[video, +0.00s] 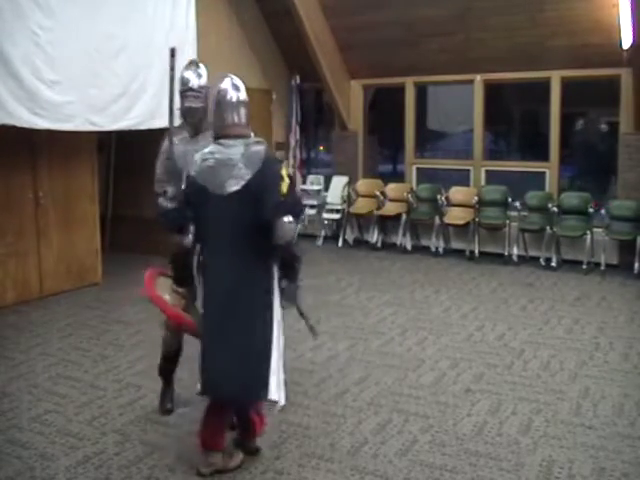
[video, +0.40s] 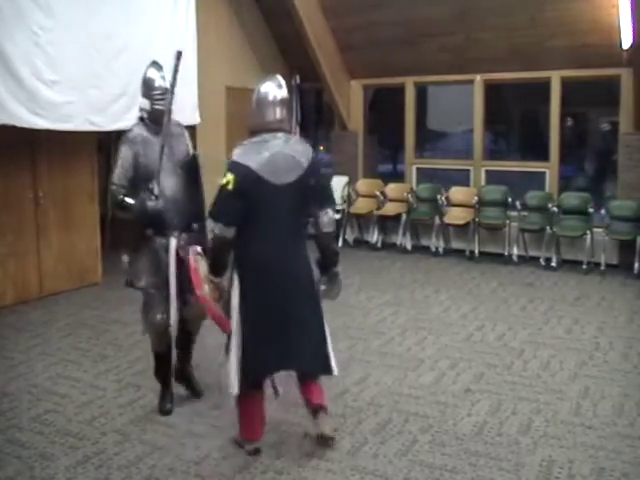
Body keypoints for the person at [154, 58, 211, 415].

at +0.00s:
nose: (192, 102)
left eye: (198, 95)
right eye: (187, 95)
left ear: (210, 100)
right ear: (179, 99)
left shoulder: (221, 142)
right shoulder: (171, 143)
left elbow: (233, 183)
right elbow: (164, 188)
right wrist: (176, 212)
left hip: (219, 231)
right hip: (184, 232)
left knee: (216, 307)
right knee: (179, 305)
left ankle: (216, 377)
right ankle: (167, 383)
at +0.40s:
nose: (160, 102)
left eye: (164, 95)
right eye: (154, 96)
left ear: (170, 98)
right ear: (144, 99)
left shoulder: (181, 135)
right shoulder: (134, 140)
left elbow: (195, 185)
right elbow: (116, 193)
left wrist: (199, 227)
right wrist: (144, 210)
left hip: (186, 237)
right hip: (151, 240)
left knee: (194, 308)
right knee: (157, 317)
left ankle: (184, 367)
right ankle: (165, 386)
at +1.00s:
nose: (188, 111)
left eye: (191, 105)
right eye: (182, 104)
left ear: (194, 106)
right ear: (168, 105)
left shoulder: (183, 140)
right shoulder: (156, 142)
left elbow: (182, 190)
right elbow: (140, 199)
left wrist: (195, 218)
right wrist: (180, 211)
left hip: (179, 228)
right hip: (161, 231)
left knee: (165, 298)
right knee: (180, 303)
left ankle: (154, 361)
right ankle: (193, 376)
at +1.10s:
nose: (182, 111)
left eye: (185, 105)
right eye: (177, 105)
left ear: (187, 105)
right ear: (163, 104)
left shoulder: (175, 138)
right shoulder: (151, 141)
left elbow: (176, 189)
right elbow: (136, 199)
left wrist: (188, 217)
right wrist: (173, 208)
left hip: (173, 229)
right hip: (156, 231)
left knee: (161, 301)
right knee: (172, 304)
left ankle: (151, 361)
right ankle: (168, 371)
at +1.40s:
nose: (174, 106)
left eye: (177, 100)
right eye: (168, 100)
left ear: (180, 101)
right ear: (153, 100)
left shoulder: (169, 136)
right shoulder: (143, 137)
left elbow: (171, 183)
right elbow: (133, 194)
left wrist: (179, 197)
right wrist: (170, 200)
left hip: (169, 227)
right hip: (148, 229)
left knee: (164, 300)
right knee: (149, 300)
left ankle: (151, 358)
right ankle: (140, 367)